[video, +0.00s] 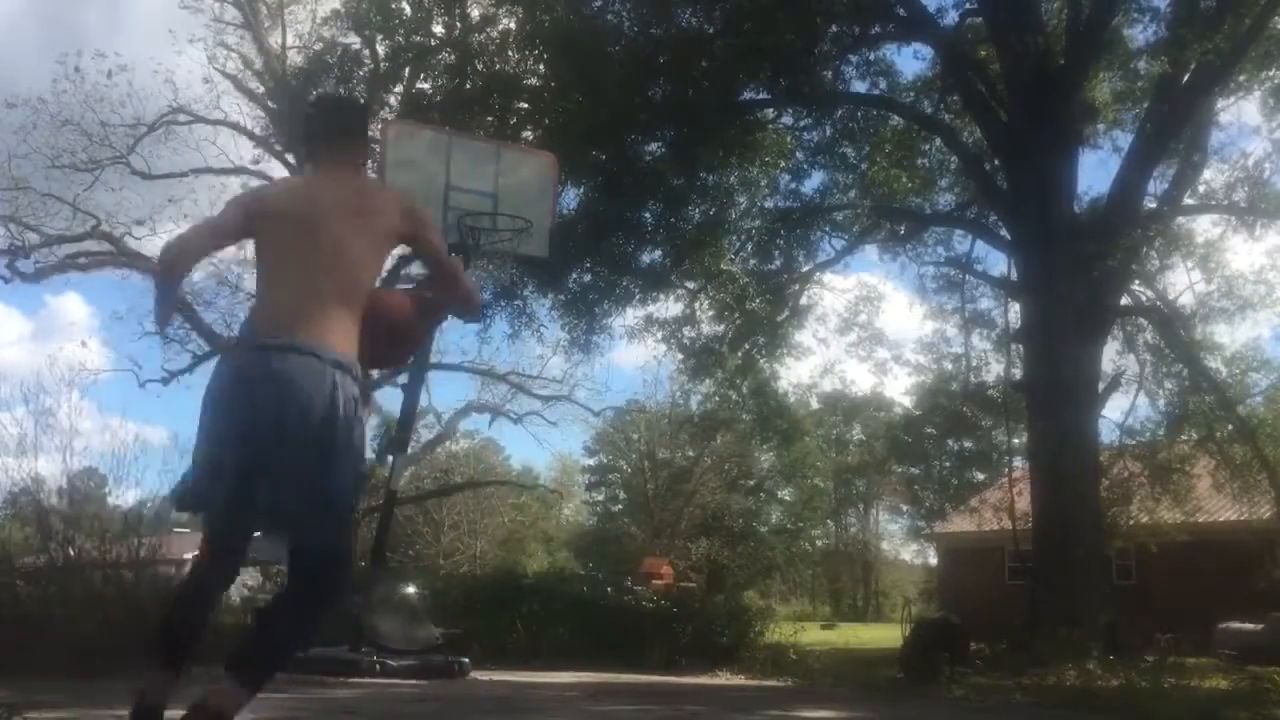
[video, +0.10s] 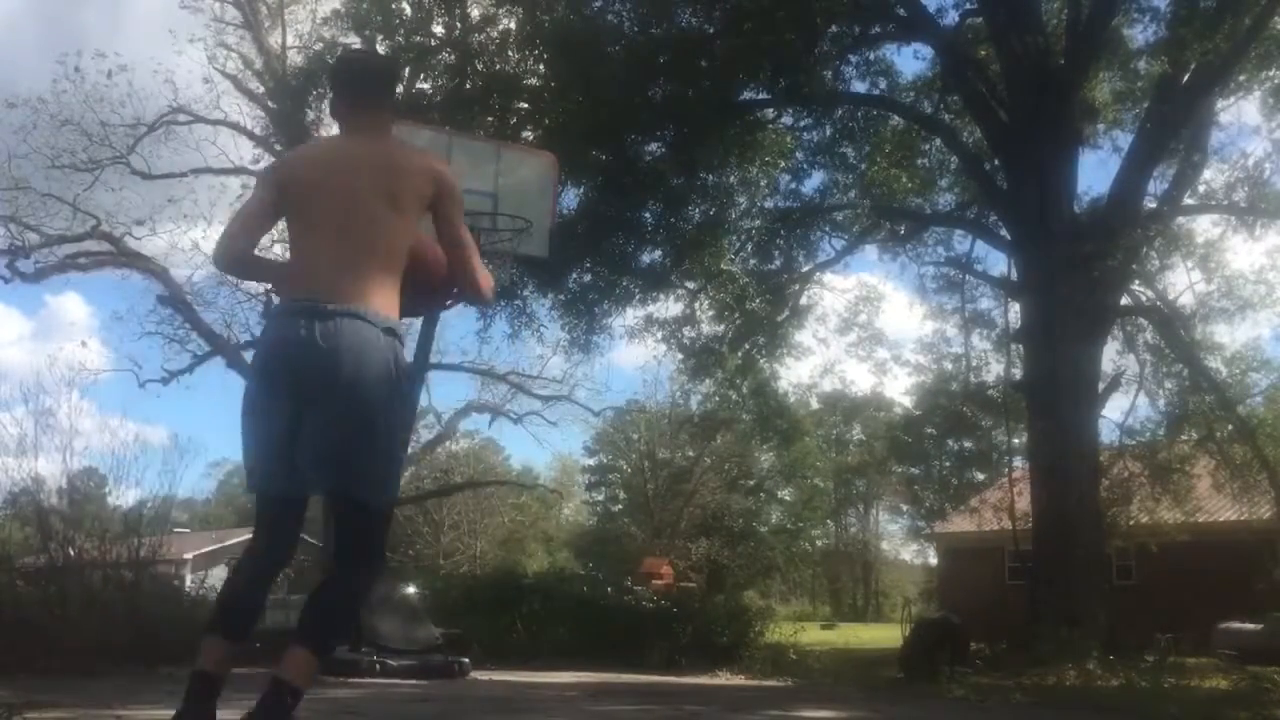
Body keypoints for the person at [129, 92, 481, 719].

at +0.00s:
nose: (373, 157)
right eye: (371, 148)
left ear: (307, 148)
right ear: (366, 148)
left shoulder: (268, 198)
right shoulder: (396, 204)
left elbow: (173, 257)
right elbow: (468, 302)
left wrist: (165, 301)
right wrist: (423, 301)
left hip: (244, 377)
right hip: (326, 387)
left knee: (218, 556)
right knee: (318, 577)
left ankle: (149, 699)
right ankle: (220, 707)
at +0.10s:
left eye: (344, 98)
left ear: (336, 103)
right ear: (394, 102)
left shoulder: (294, 163)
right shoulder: (427, 170)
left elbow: (231, 254)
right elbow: (479, 286)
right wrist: (443, 269)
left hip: (283, 343)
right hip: (365, 352)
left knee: (271, 534)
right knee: (357, 553)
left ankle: (197, 701)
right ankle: (276, 705)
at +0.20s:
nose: (384, 117)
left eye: (368, 105)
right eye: (414, 105)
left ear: (363, 104)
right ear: (422, 103)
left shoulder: (321, 169)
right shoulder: (454, 170)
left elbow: (294, 287)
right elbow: (479, 292)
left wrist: (353, 252)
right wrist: (430, 263)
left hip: (317, 356)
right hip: (404, 357)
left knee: (300, 547)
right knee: (437, 548)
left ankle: (196, 701)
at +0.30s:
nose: (416, 132)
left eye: (410, 121)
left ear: (404, 127)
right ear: (465, 125)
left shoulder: (363, 211)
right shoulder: (501, 204)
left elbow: (350, 314)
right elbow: (497, 325)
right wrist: (434, 288)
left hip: (362, 394)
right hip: (450, 397)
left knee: (305, 589)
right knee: (528, 565)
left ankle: (208, 708)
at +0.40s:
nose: (539, 151)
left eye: (485, 143)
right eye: (539, 142)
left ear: (477, 146)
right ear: (536, 142)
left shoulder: (440, 215)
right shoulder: (565, 206)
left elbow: (386, 323)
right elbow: (561, 315)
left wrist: (454, 341)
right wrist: (566, 392)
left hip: (434, 400)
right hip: (518, 393)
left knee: (412, 601)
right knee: (604, 554)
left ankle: (290, 694)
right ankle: (671, 694)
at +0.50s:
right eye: (627, 174)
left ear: (554, 172)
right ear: (617, 168)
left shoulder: (515, 232)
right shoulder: (636, 217)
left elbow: (453, 354)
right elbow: (628, 326)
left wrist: (523, 375)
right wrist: (646, 398)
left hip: (502, 415)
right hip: (586, 405)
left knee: (562, 603)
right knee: (663, 573)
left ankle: (440, 677)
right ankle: (699, 706)